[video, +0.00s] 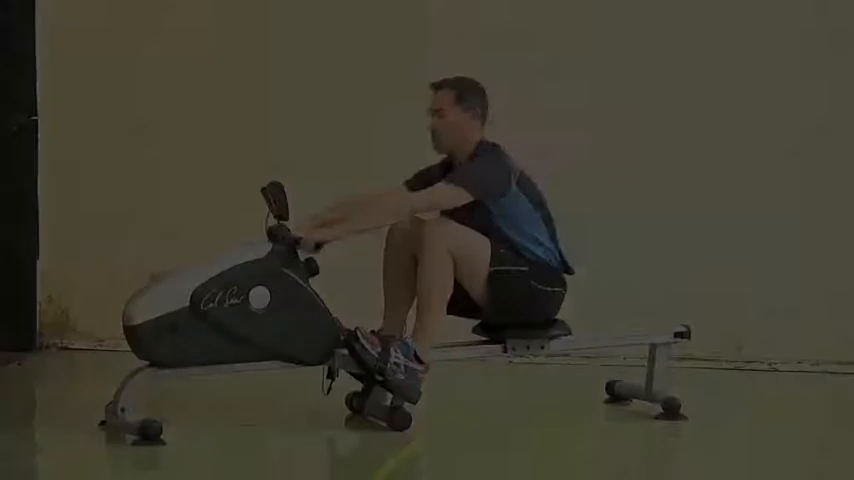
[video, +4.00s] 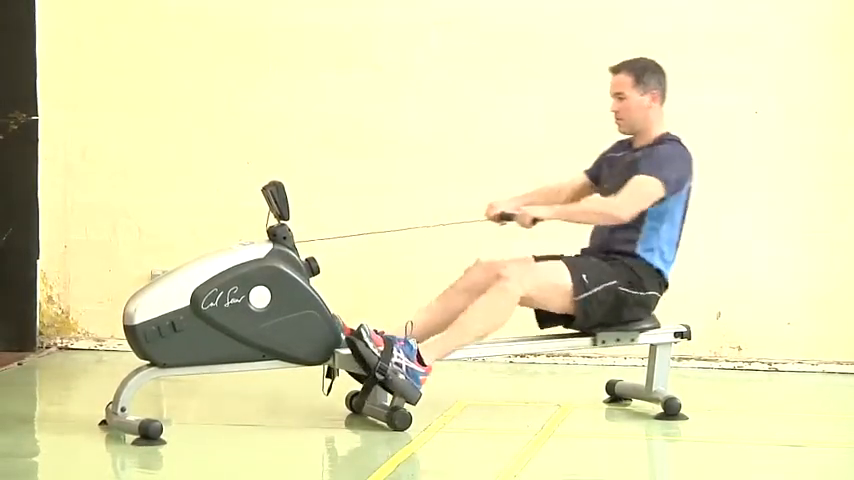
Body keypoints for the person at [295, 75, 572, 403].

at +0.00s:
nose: (430, 123)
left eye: (438, 114)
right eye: (430, 115)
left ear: (471, 117)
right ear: (464, 118)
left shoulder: (491, 165)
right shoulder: (443, 172)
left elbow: (416, 206)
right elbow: (389, 206)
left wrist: (329, 234)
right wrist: (319, 223)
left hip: (535, 290)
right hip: (494, 289)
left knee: (438, 232)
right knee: (402, 230)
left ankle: (417, 356)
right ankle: (389, 342)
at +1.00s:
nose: (609, 102)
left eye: (618, 93)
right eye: (610, 94)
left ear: (650, 97)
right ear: (630, 98)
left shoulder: (663, 151)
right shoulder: (609, 154)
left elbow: (597, 198)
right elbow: (550, 187)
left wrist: (523, 210)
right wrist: (493, 201)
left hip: (630, 277)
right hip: (593, 269)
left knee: (513, 276)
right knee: (477, 271)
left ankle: (420, 361)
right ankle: (397, 345)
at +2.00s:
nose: (582, 104)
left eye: (591, 95)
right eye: (582, 95)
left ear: (623, 98)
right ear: (611, 99)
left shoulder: (642, 151)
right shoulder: (593, 157)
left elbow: (614, 218)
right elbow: (561, 196)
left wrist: (542, 213)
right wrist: (511, 206)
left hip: (625, 281)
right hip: (591, 272)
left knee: (510, 272)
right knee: (475, 265)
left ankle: (421, 361)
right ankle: (401, 345)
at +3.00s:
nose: (417, 122)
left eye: (426, 112)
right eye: (417, 113)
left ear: (458, 113)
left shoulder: (480, 163)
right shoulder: (429, 165)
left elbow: (399, 204)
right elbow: (368, 196)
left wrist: (328, 232)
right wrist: (304, 222)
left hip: (503, 292)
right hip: (461, 292)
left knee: (413, 224)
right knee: (374, 222)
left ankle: (412, 349)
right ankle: (382, 333)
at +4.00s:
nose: (613, 107)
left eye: (621, 97)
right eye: (612, 98)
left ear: (654, 98)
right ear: (631, 100)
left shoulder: (670, 155)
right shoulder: (617, 155)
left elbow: (619, 210)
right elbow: (567, 192)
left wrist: (544, 213)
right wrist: (513, 204)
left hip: (632, 276)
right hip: (597, 267)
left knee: (513, 279)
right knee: (482, 272)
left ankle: (420, 362)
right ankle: (395, 344)